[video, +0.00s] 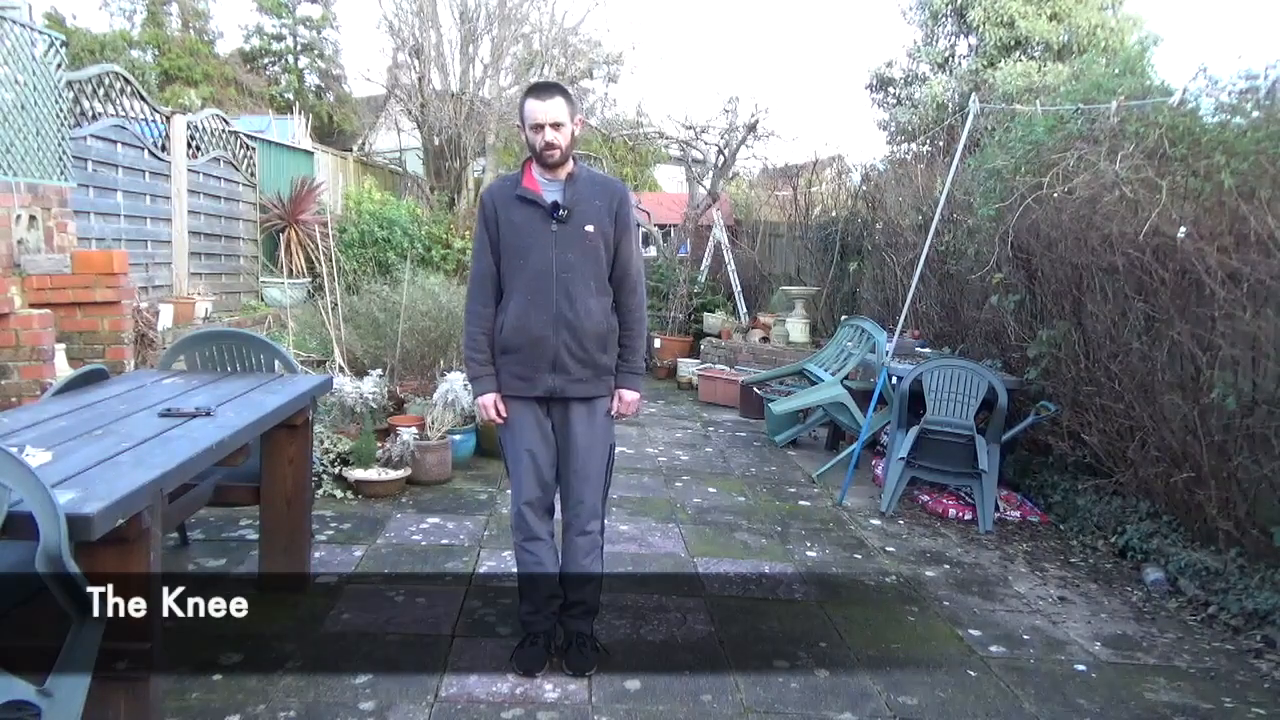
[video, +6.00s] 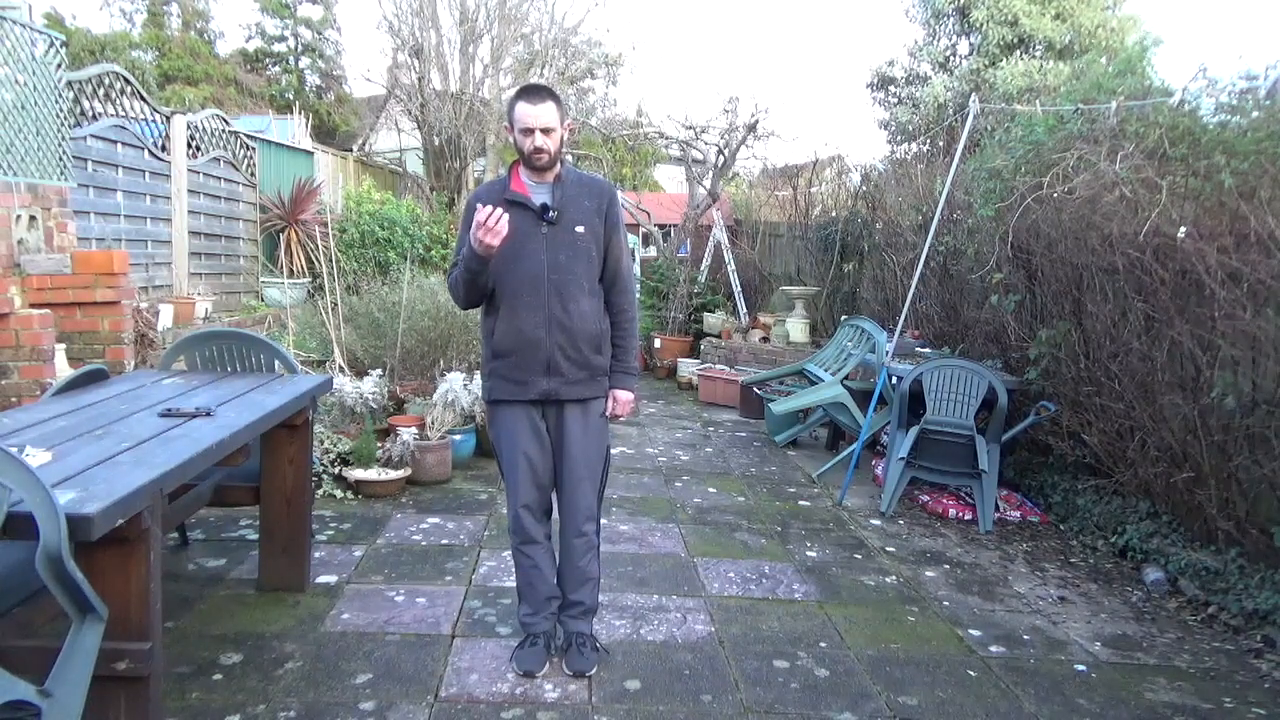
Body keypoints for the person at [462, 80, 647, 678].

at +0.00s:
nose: (546, 137)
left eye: (556, 125)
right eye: (536, 127)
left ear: (575, 126)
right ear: (523, 131)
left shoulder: (611, 194)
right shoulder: (498, 197)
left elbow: (631, 293)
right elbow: (481, 295)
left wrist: (631, 375)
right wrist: (481, 378)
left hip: (592, 378)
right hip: (518, 379)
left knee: (585, 507)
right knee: (530, 505)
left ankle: (580, 632)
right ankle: (536, 631)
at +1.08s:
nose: (544, 137)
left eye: (554, 126)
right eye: (533, 127)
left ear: (572, 126)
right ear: (520, 129)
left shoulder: (606, 194)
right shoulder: (494, 199)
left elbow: (627, 290)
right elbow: (461, 283)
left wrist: (628, 375)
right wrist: (491, 300)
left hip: (589, 378)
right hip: (517, 380)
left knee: (584, 510)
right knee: (528, 506)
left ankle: (579, 631)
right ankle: (535, 631)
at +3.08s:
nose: (554, 138)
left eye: (564, 128)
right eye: (544, 127)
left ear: (579, 133)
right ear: (526, 130)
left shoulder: (607, 198)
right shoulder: (493, 199)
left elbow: (626, 293)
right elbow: (467, 292)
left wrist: (628, 377)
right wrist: (492, 266)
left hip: (591, 379)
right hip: (517, 380)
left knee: (583, 512)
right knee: (529, 511)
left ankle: (580, 626)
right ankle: (536, 628)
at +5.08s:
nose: (535, 141)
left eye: (544, 130)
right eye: (524, 132)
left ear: (564, 130)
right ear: (511, 134)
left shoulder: (599, 195)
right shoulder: (487, 198)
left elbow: (622, 291)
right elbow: (465, 295)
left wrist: (625, 375)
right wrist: (484, 259)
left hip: (586, 378)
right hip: (513, 380)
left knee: (582, 512)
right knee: (526, 512)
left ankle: (580, 626)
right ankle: (535, 627)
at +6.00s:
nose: (537, 142)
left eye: (546, 130)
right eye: (526, 132)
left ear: (564, 129)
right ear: (512, 134)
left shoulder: (598, 194)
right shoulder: (487, 199)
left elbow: (621, 291)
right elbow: (464, 295)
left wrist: (624, 375)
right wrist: (479, 252)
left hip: (586, 377)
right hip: (513, 379)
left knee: (581, 512)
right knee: (526, 512)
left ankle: (580, 626)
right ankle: (535, 628)